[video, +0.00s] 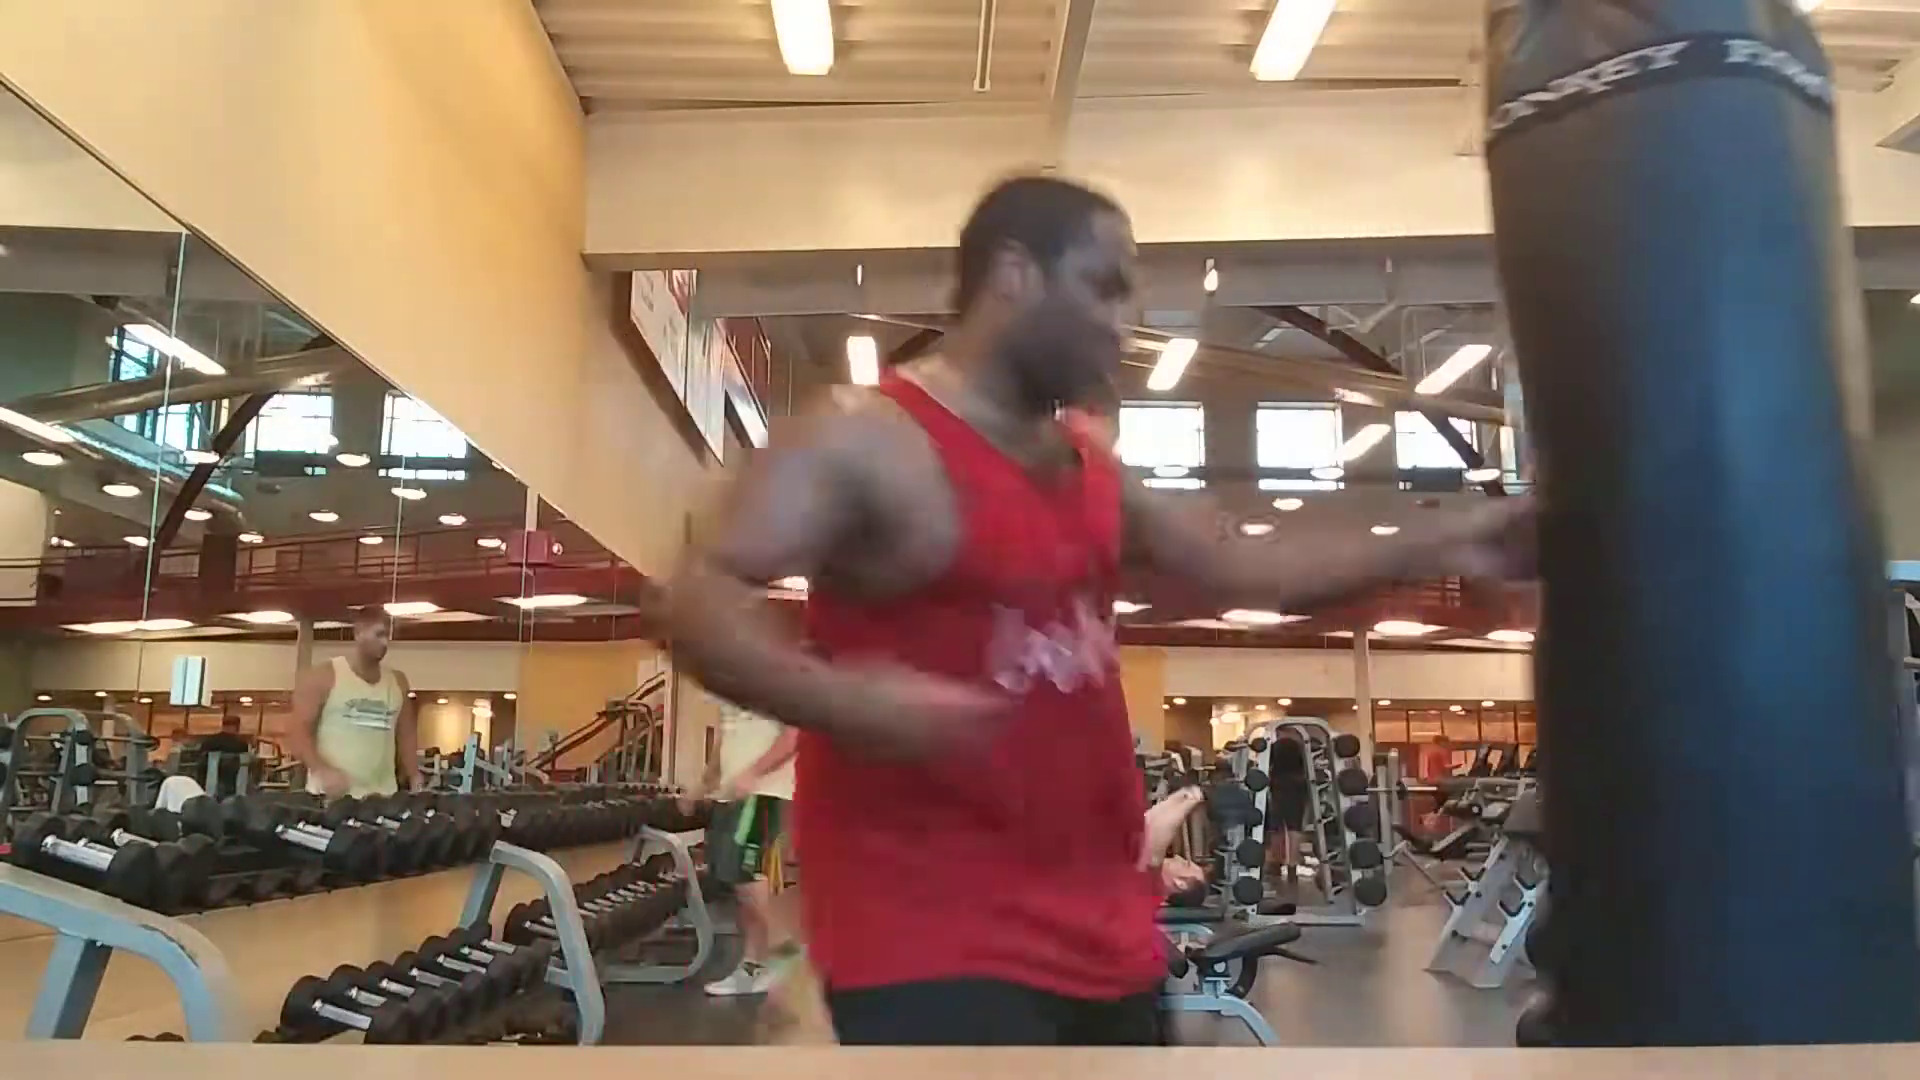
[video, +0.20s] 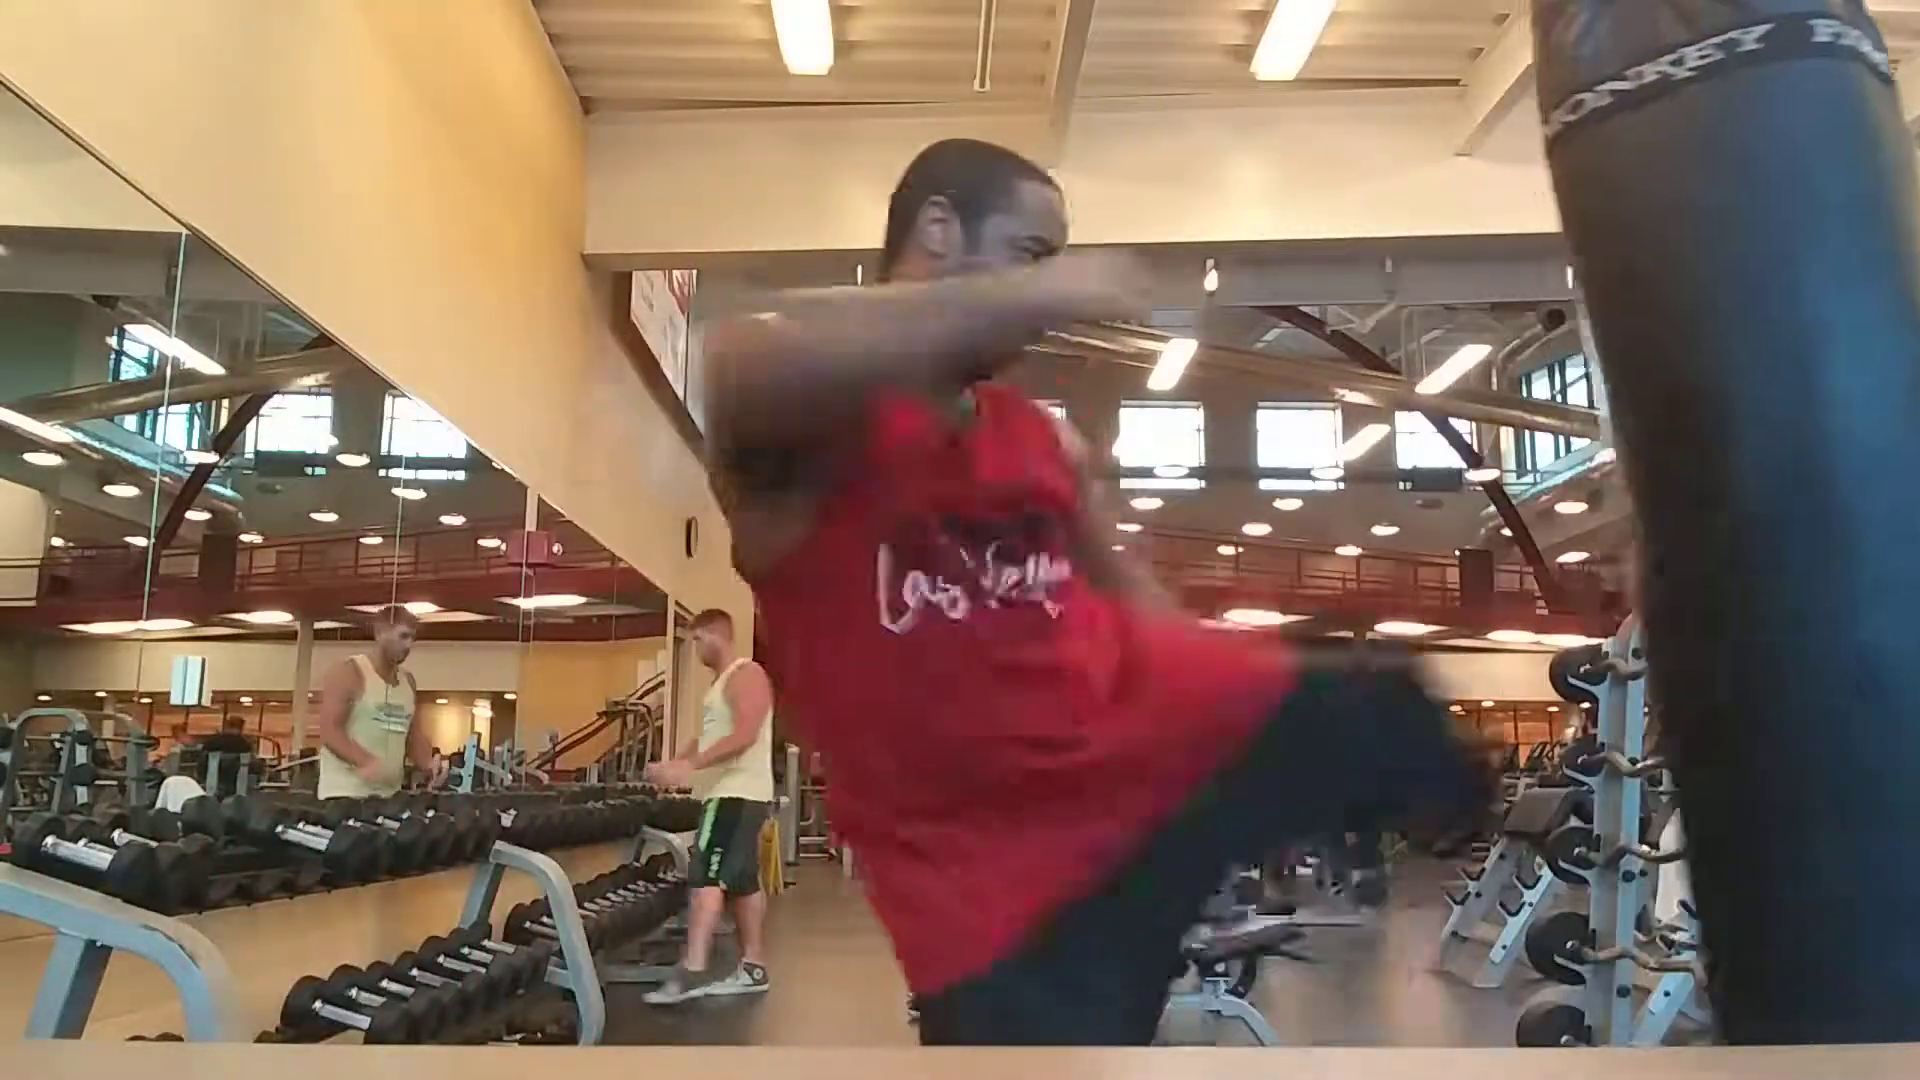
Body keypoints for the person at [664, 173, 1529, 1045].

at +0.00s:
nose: (1133, 324)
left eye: (1134, 299)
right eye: (1110, 288)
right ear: (1011, 275)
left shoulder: (1087, 472)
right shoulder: (860, 440)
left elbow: (1249, 560)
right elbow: (688, 598)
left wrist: (1462, 539)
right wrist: (856, 700)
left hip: (1105, 947)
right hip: (939, 957)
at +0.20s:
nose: (1048, 286)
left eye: (1054, 264)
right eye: (1027, 253)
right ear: (932, 233)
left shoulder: (1036, 433)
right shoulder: (795, 392)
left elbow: (1137, 614)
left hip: (1155, 759)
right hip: (1009, 906)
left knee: (1390, 723)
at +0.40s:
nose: (1060, 314)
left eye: (1063, 290)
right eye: (1041, 276)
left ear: (948, 262)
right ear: (941, 255)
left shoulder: (994, 445)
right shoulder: (824, 429)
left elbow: (1112, 596)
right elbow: (1092, 520)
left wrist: (1240, 627)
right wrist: (1174, 367)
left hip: (1165, 747)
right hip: (1067, 926)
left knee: (1448, 742)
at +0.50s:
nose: (1074, 307)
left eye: (1074, 280)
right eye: (1054, 269)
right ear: (955, 256)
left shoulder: (1017, 447)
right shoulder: (833, 437)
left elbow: (1096, 613)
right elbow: (1027, 564)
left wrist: (1266, 581)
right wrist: (1148, 416)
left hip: (1182, 790)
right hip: (1061, 937)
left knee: (1415, 905)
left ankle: (1417, 1058)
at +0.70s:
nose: (1171, 288)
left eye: (1170, 258)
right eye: (1150, 249)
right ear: (1054, 235)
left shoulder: (1099, 430)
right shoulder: (946, 399)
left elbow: (1210, 587)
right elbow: (1101, 569)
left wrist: (1311, 456)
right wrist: (1248, 427)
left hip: (1202, 930)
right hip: (1083, 958)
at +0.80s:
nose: (1216, 309)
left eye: (1215, 281)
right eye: (1199, 272)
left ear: (1115, 265)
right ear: (1108, 257)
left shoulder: (1137, 456)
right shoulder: (1007, 404)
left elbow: (1240, 621)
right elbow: (1139, 591)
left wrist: (1318, 479)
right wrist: (1321, 488)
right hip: (1084, 963)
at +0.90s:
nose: (1247, 354)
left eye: (1247, 324)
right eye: (1229, 315)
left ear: (1145, 313)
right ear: (1138, 306)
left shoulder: (1135, 484)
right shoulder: (1037, 440)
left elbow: (1236, 645)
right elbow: (1162, 623)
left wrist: (1314, 517)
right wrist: (1348, 528)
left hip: (1194, 948)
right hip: (1079, 964)